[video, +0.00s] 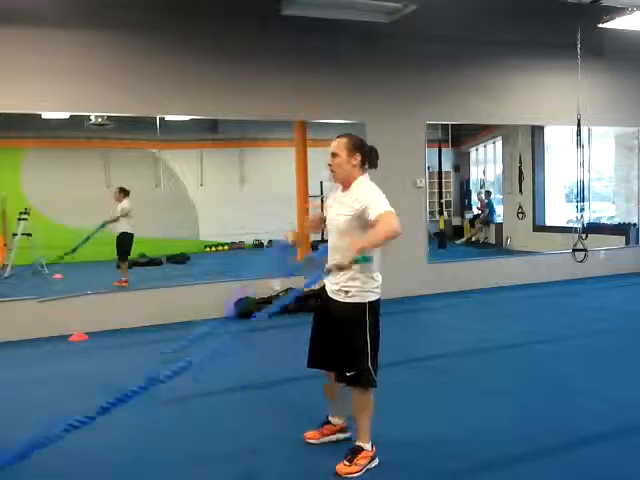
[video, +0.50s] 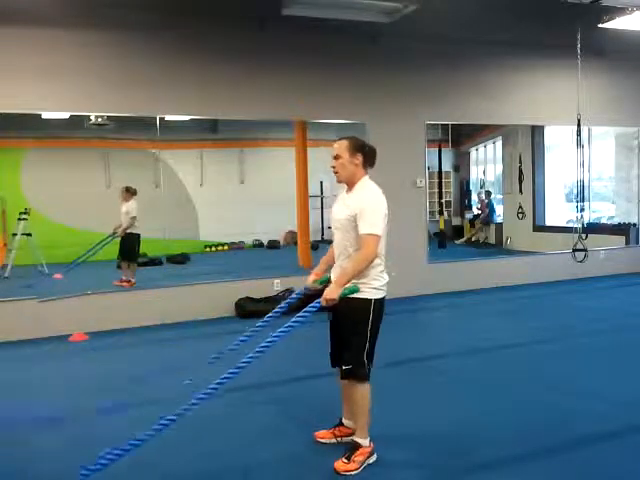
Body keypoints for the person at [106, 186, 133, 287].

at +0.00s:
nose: (115, 196)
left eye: (116, 194)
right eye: (115, 194)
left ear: (122, 194)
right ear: (121, 195)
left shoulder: (125, 204)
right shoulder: (121, 205)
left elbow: (120, 216)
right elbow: (118, 217)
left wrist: (109, 221)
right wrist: (109, 221)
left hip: (125, 232)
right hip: (122, 232)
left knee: (123, 258)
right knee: (122, 258)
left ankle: (124, 279)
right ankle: (124, 278)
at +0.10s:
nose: (115, 196)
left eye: (117, 194)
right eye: (115, 194)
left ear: (123, 194)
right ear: (122, 194)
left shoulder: (127, 202)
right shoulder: (121, 205)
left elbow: (129, 209)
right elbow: (117, 213)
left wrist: (114, 211)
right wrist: (106, 214)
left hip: (128, 232)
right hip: (123, 232)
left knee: (126, 258)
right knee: (123, 258)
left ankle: (130, 279)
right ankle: (125, 278)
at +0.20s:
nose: (116, 197)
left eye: (117, 194)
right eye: (116, 194)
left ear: (123, 194)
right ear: (123, 194)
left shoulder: (127, 203)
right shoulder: (122, 205)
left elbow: (129, 213)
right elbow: (122, 218)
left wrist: (118, 215)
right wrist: (112, 220)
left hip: (130, 232)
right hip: (126, 232)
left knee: (126, 257)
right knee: (127, 257)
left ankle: (126, 278)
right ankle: (128, 278)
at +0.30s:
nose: (118, 197)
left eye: (119, 195)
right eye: (118, 195)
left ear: (125, 195)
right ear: (123, 195)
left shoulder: (129, 204)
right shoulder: (124, 206)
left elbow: (129, 216)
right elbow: (123, 220)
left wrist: (117, 228)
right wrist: (114, 228)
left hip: (132, 232)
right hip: (126, 233)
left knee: (131, 258)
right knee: (127, 258)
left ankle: (132, 278)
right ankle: (130, 278)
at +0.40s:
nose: (120, 196)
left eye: (122, 194)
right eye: (120, 194)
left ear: (127, 194)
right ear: (125, 195)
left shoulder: (131, 204)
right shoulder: (124, 205)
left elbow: (132, 219)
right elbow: (123, 221)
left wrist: (122, 230)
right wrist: (116, 229)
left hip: (132, 233)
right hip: (125, 233)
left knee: (132, 259)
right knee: (125, 258)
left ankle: (131, 278)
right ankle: (125, 277)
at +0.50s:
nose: (122, 195)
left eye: (124, 193)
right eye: (122, 193)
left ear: (129, 194)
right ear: (125, 194)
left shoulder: (132, 204)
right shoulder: (125, 204)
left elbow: (132, 219)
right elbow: (125, 220)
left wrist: (123, 229)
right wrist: (118, 227)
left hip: (133, 233)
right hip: (126, 233)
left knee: (132, 259)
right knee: (123, 258)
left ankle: (131, 278)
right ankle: (125, 277)